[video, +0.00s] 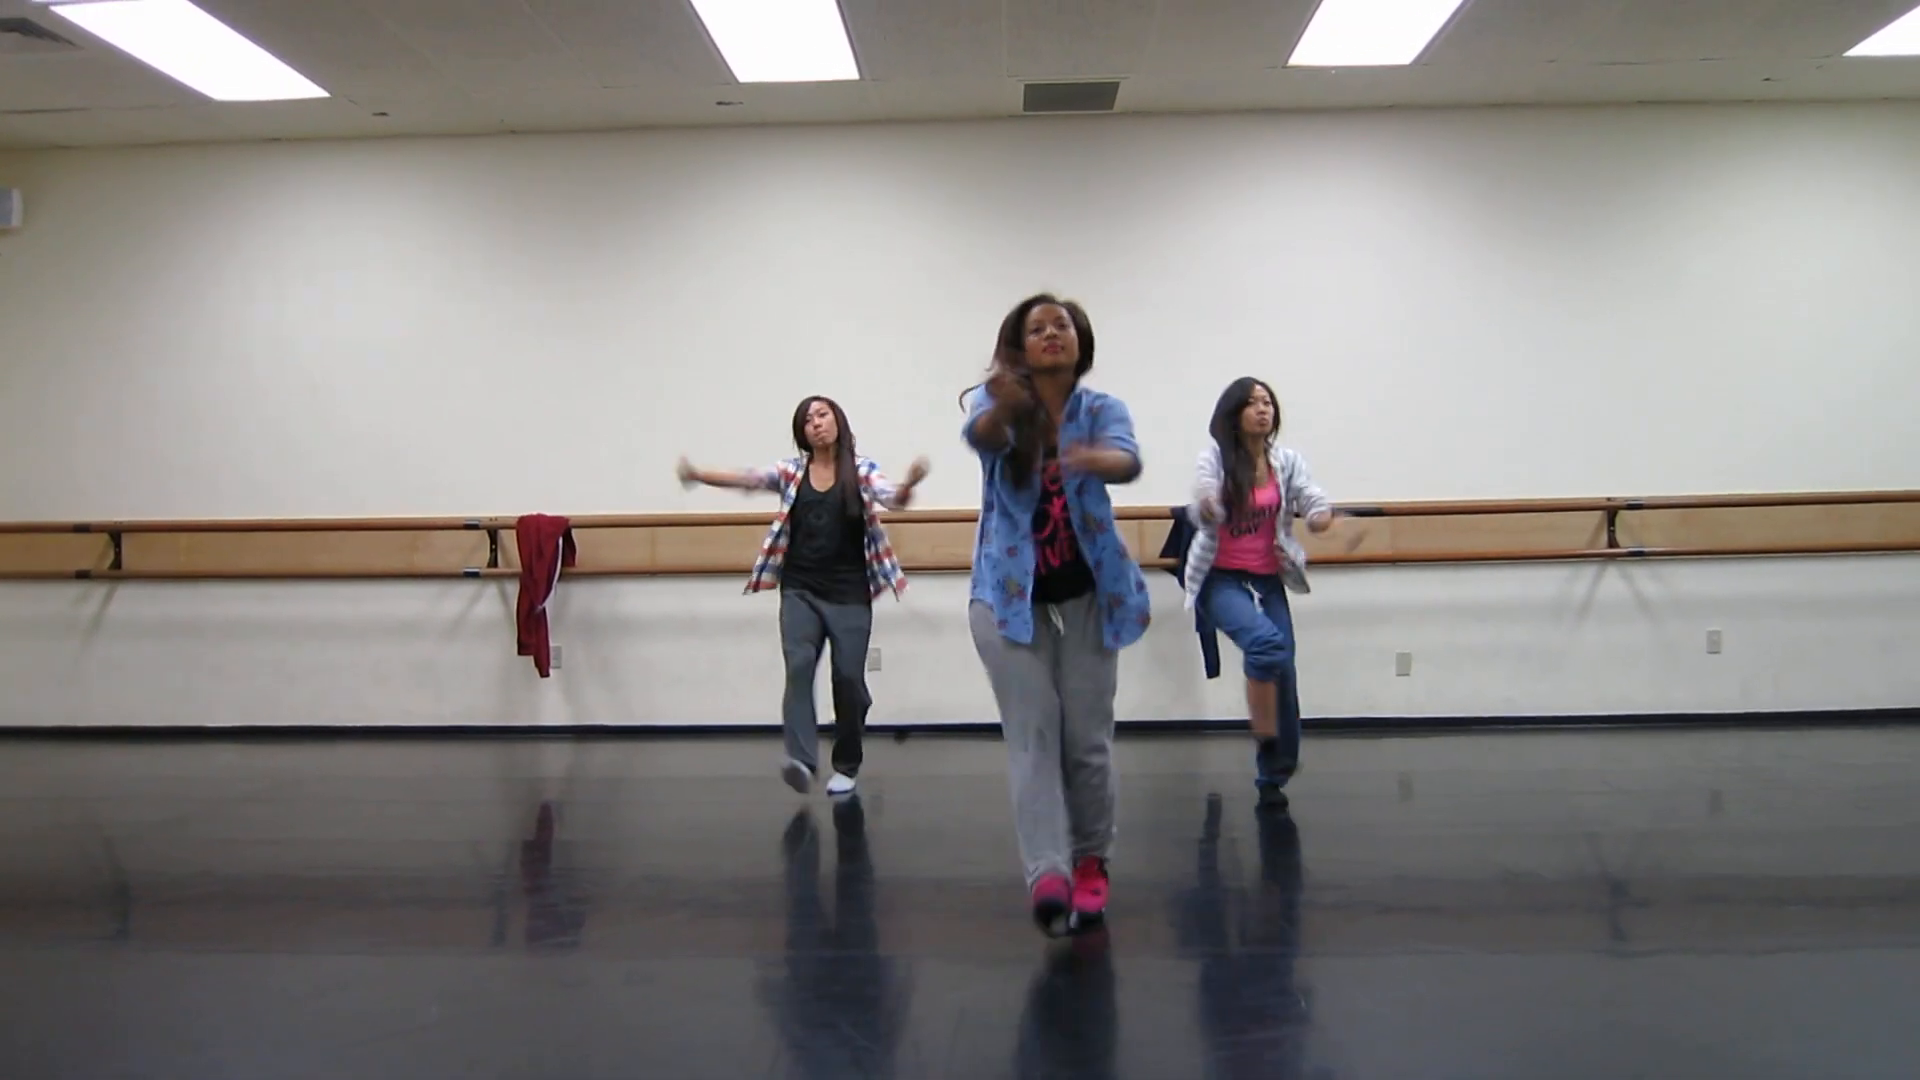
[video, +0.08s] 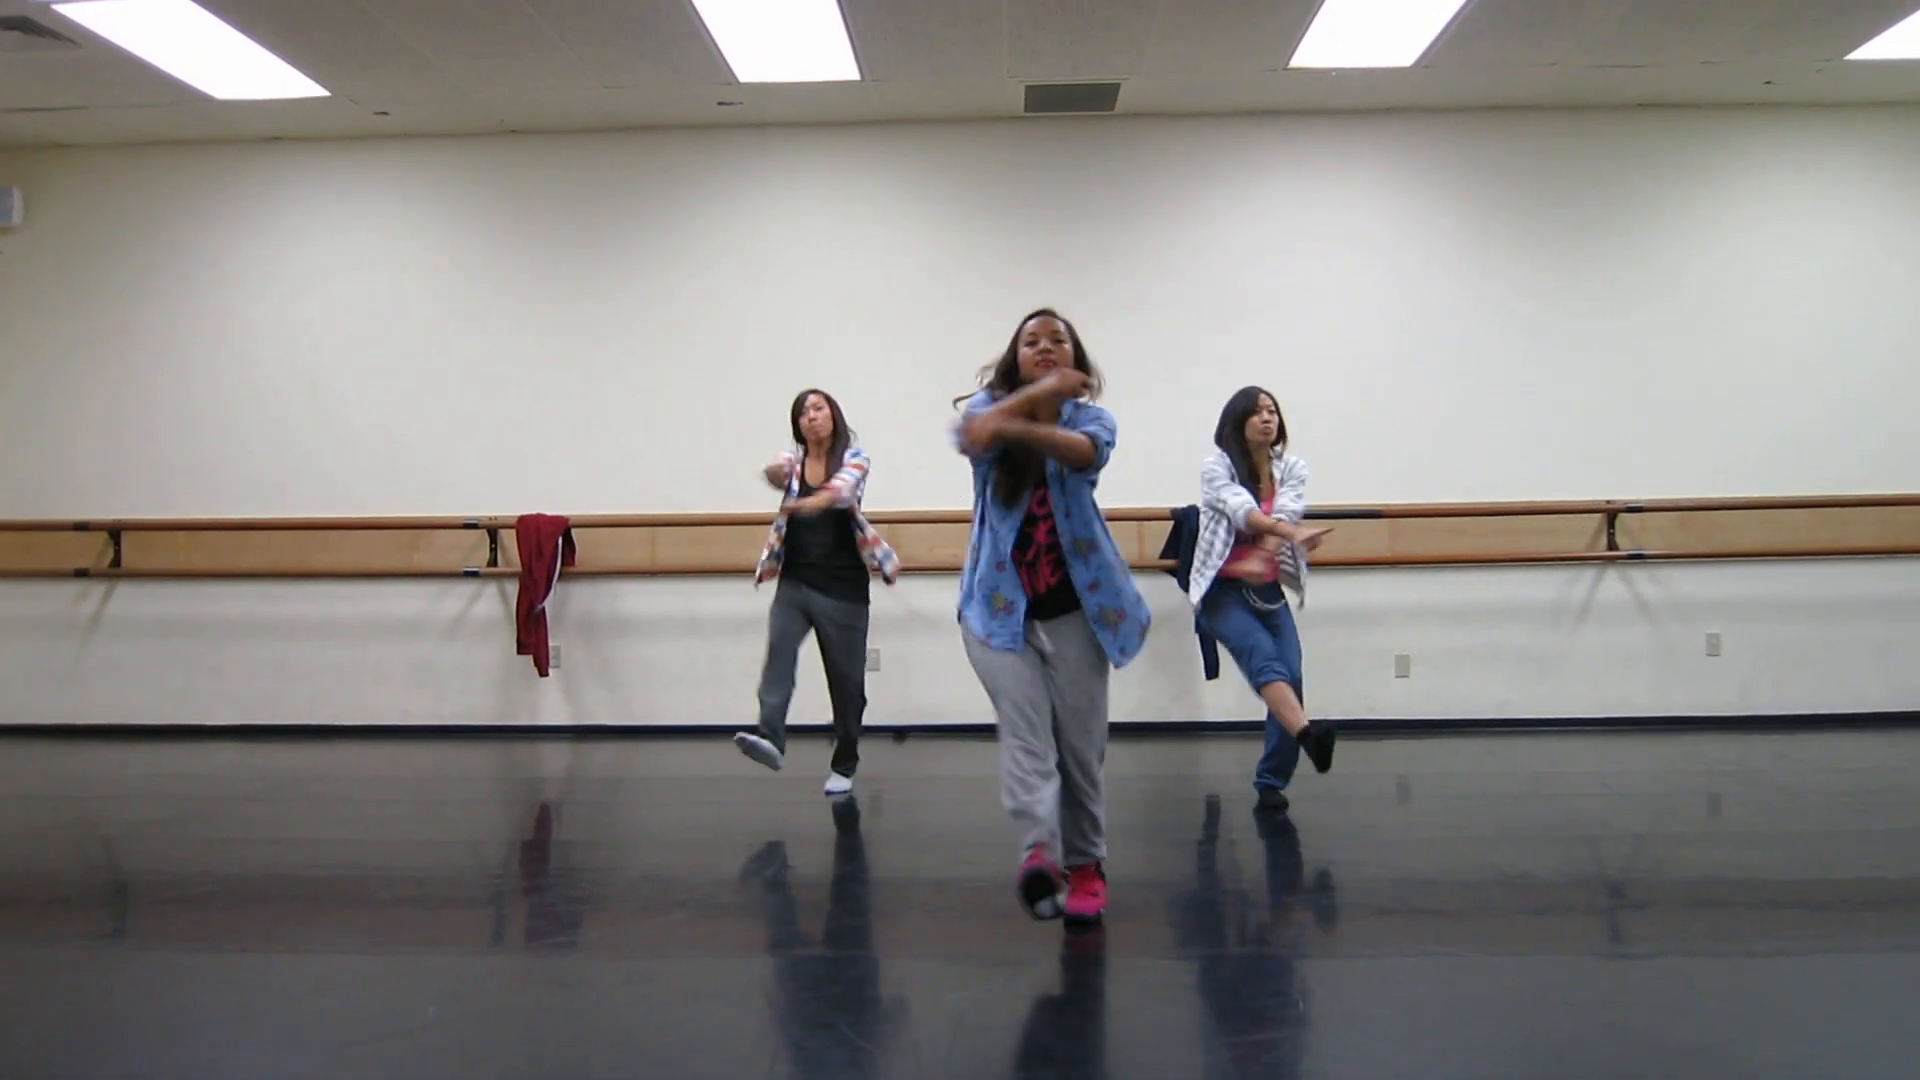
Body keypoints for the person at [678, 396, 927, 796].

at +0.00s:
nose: (818, 422)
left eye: (824, 414)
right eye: (810, 419)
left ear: (840, 422)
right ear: (803, 433)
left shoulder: (861, 469)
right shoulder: (791, 471)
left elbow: (894, 503)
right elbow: (746, 479)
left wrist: (909, 484)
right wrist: (698, 475)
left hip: (850, 596)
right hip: (800, 593)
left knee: (849, 681)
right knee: (798, 670)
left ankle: (846, 768)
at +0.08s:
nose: (813, 415)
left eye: (820, 408)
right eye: (805, 412)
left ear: (835, 415)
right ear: (798, 425)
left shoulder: (855, 459)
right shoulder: (793, 461)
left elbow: (839, 492)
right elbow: (775, 473)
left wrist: (802, 505)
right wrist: (778, 475)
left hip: (843, 590)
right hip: (795, 585)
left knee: (847, 684)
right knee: (779, 654)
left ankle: (844, 766)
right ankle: (770, 737)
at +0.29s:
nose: (795, 402)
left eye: (801, 393)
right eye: (788, 399)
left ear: (820, 400)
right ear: (782, 413)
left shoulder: (840, 436)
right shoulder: (774, 449)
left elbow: (868, 459)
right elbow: (722, 456)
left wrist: (810, 459)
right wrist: (762, 439)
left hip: (834, 579)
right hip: (780, 580)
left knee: (862, 657)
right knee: (757, 667)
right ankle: (730, 763)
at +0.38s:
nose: (789, 413)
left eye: (795, 405)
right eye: (781, 410)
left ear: (814, 412)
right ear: (775, 425)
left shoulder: (842, 459)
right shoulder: (766, 462)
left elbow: (890, 449)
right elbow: (709, 453)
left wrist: (842, 447)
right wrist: (746, 449)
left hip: (831, 595)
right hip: (776, 597)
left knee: (864, 675)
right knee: (757, 682)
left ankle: (910, 754)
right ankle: (737, 773)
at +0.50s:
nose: (783, 416)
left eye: (789, 407)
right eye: (775, 413)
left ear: (807, 411)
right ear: (771, 426)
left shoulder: (834, 453)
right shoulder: (763, 462)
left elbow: (875, 443)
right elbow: (706, 458)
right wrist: (740, 448)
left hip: (829, 593)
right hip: (776, 594)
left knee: (857, 677)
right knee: (759, 683)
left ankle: (909, 751)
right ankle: (738, 774)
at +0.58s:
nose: (782, 415)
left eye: (787, 406)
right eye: (773, 412)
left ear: (805, 409)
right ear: (768, 425)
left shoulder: (835, 456)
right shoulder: (760, 465)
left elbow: (874, 491)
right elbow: (723, 506)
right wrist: (725, 502)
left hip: (825, 594)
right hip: (771, 596)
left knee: (862, 677)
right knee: (757, 685)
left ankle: (907, 752)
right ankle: (737, 774)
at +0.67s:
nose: (782, 417)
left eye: (788, 408)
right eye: (774, 414)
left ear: (806, 411)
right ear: (767, 425)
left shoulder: (835, 460)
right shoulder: (760, 466)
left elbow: (860, 513)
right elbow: (724, 510)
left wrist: (825, 550)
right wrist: (734, 546)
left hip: (823, 596)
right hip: (769, 595)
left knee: (862, 678)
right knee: (754, 685)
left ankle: (906, 756)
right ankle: (735, 774)